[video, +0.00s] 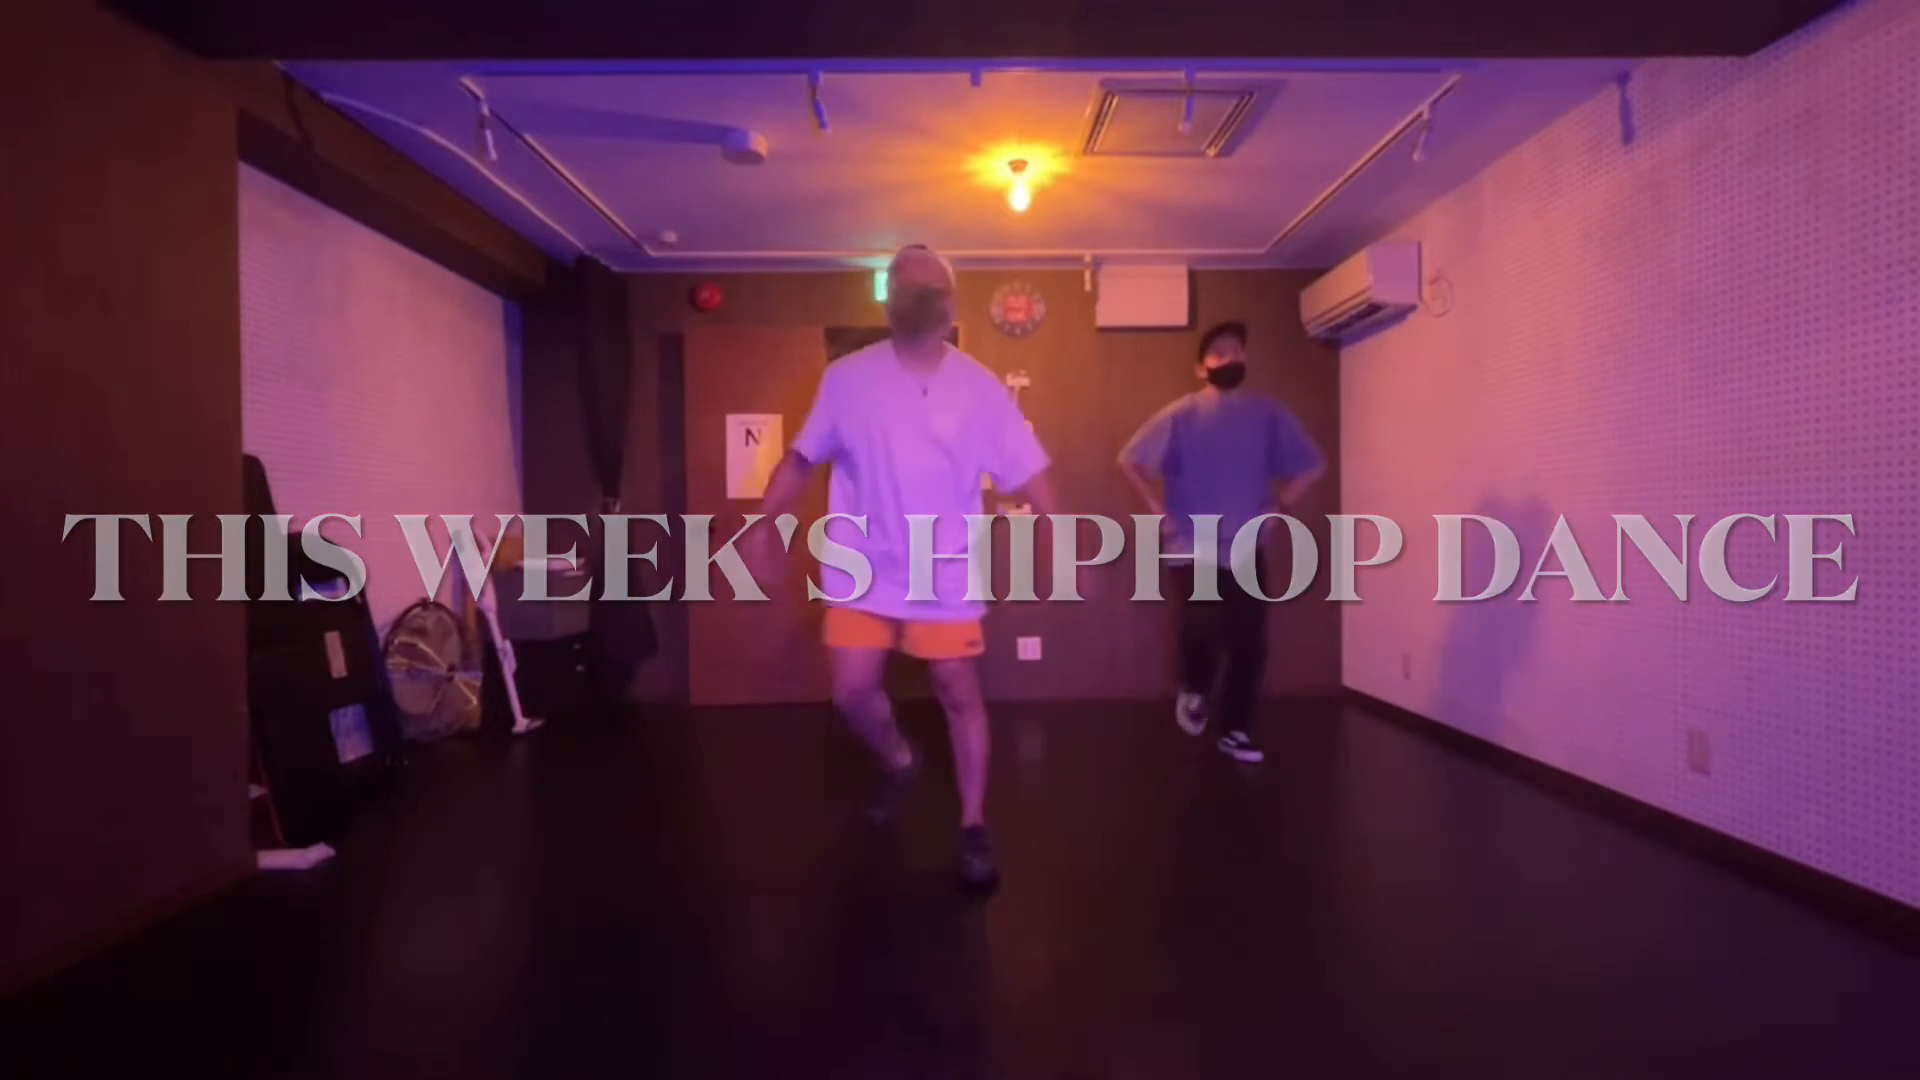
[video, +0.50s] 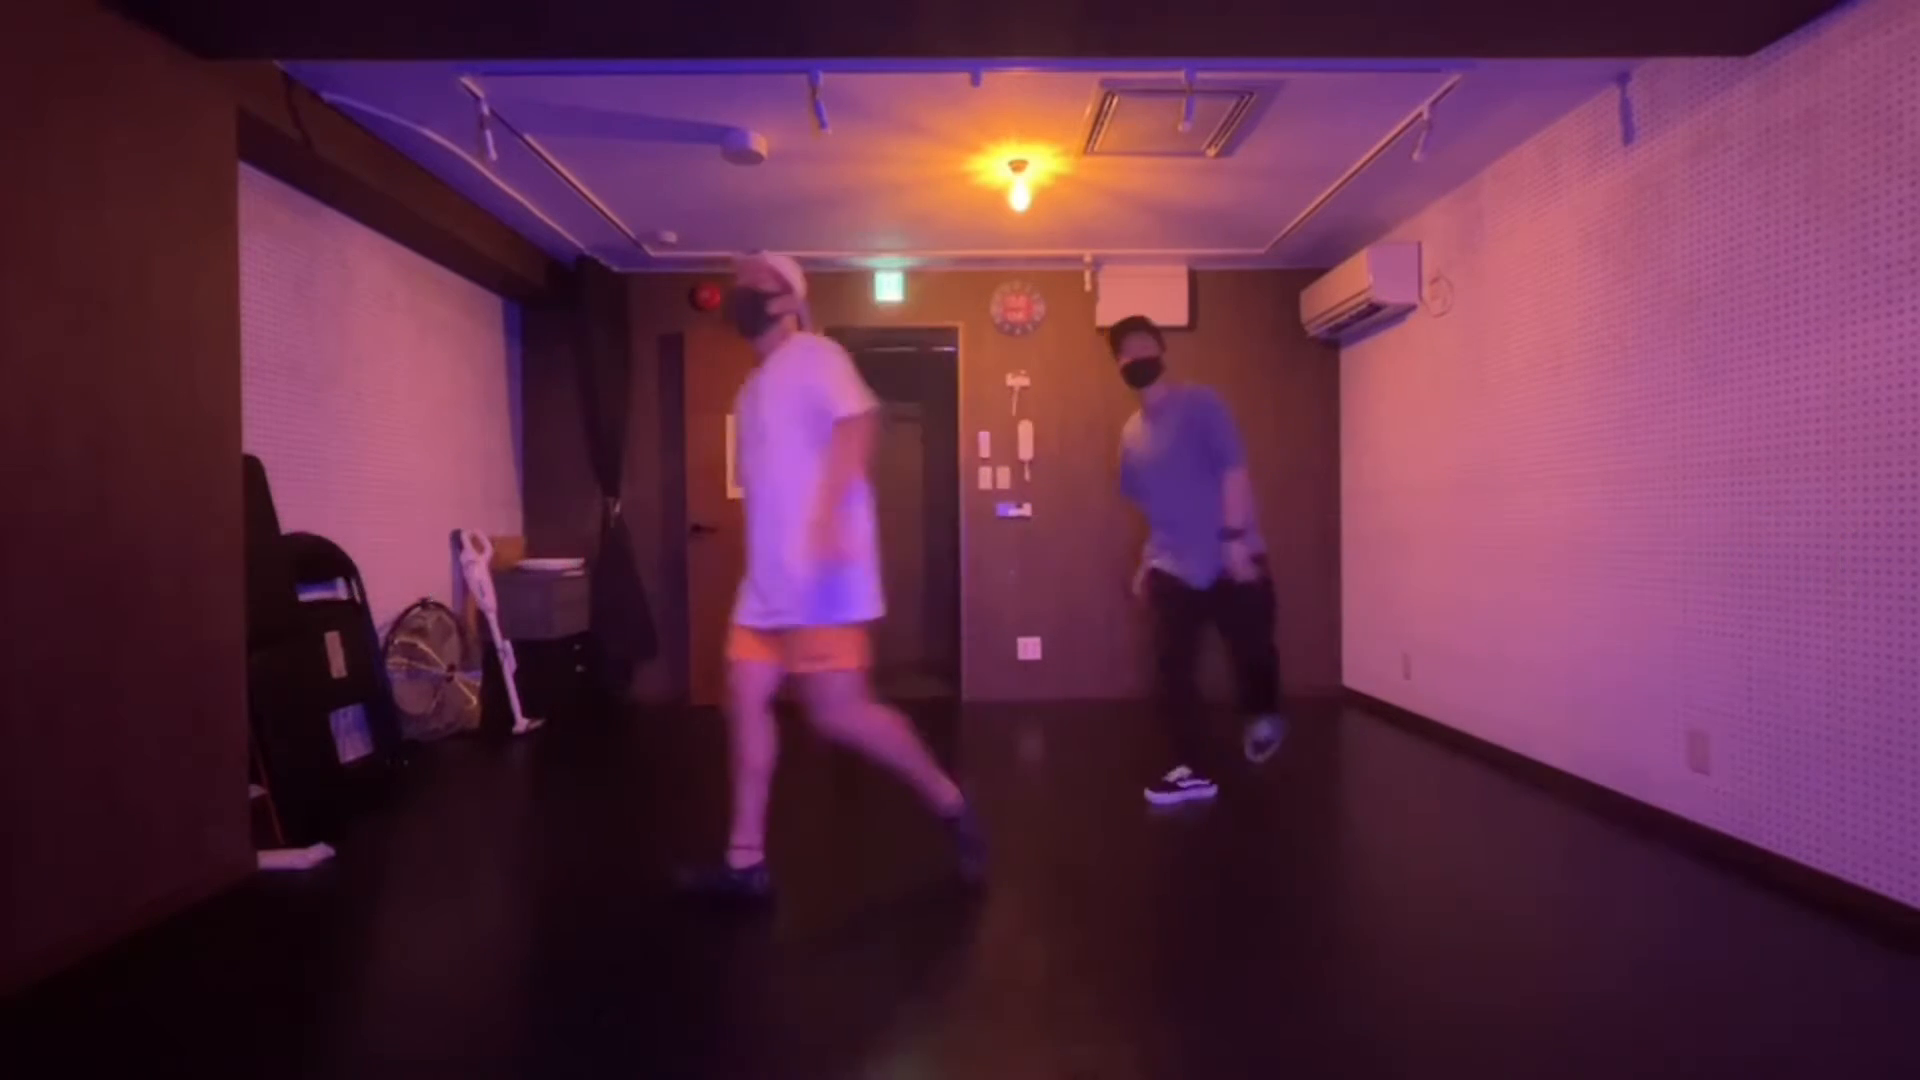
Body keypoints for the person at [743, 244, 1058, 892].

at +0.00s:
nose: (915, 302)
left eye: (929, 292)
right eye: (905, 291)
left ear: (951, 307)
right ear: (888, 302)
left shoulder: (978, 387)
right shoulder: (848, 378)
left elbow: (1032, 476)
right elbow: (803, 458)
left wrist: (1065, 549)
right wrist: (762, 525)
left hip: (946, 573)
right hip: (860, 569)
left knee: (959, 693)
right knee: (853, 692)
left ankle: (973, 826)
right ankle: (900, 764)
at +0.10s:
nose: (901, 292)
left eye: (913, 281)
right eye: (887, 283)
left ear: (935, 295)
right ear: (870, 299)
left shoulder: (970, 376)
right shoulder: (843, 375)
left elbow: (1032, 457)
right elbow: (799, 461)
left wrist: (1077, 516)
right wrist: (748, 515)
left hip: (941, 566)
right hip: (856, 562)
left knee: (956, 690)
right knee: (827, 682)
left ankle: (972, 827)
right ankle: (886, 785)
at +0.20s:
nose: (857, 297)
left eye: (869, 286)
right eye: (847, 288)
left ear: (894, 296)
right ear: (836, 303)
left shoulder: (944, 371)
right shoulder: (825, 383)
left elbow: (1019, 423)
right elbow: (789, 470)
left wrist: (1051, 467)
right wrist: (732, 516)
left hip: (927, 574)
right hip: (841, 573)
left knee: (953, 700)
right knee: (812, 691)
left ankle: (972, 830)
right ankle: (807, 844)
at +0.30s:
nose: (845, 341)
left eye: (850, 326)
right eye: (833, 329)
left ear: (866, 315)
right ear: (820, 326)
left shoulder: (918, 370)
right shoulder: (806, 391)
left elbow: (990, 406)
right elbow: (781, 476)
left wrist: (1007, 468)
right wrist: (728, 532)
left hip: (913, 580)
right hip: (830, 584)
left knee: (942, 701)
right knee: (806, 707)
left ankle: (971, 829)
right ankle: (761, 855)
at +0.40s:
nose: (771, 305)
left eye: (786, 293)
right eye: (765, 295)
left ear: (817, 302)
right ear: (758, 309)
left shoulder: (852, 358)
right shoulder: (766, 396)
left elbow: (915, 399)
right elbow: (772, 492)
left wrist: (913, 475)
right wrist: (752, 545)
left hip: (868, 568)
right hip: (797, 575)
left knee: (899, 701)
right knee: (770, 698)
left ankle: (965, 820)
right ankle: (750, 856)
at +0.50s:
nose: (740, 308)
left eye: (752, 295)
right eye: (738, 297)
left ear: (785, 300)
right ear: (748, 307)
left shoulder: (814, 355)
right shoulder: (755, 388)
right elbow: (761, 490)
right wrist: (766, 565)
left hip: (829, 573)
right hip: (772, 576)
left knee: (839, 709)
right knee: (747, 695)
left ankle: (953, 805)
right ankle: (746, 858)